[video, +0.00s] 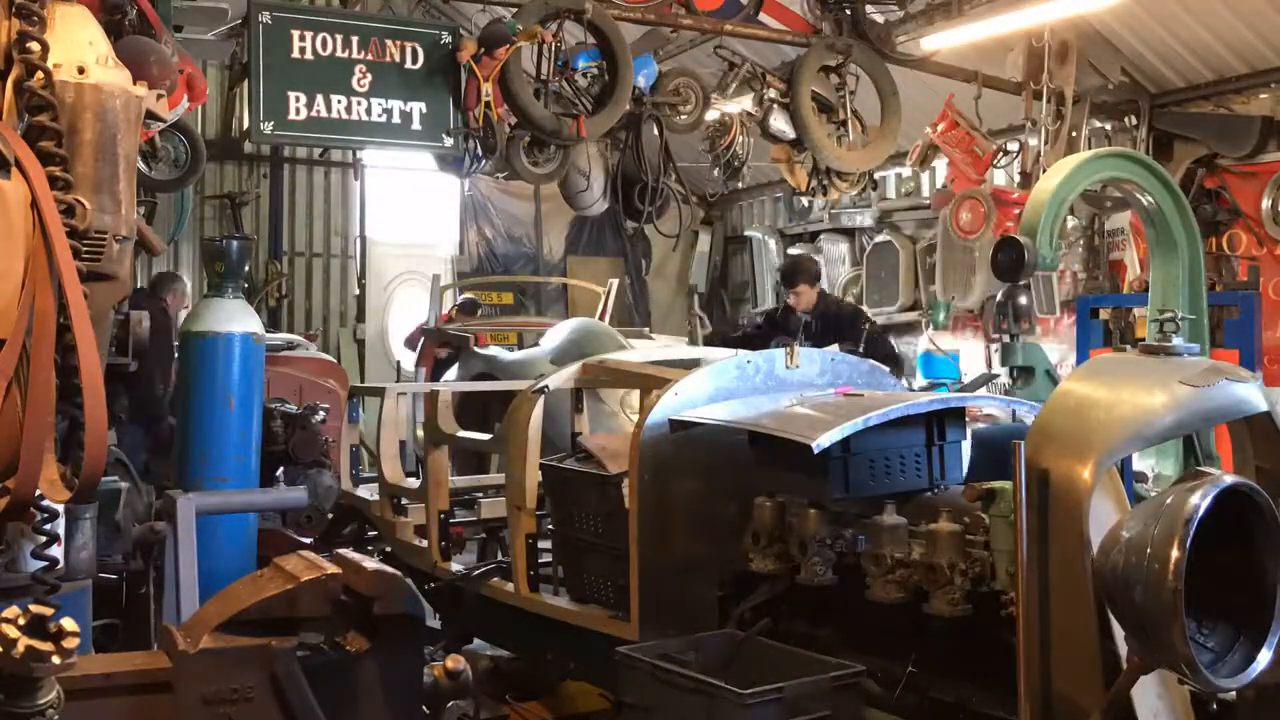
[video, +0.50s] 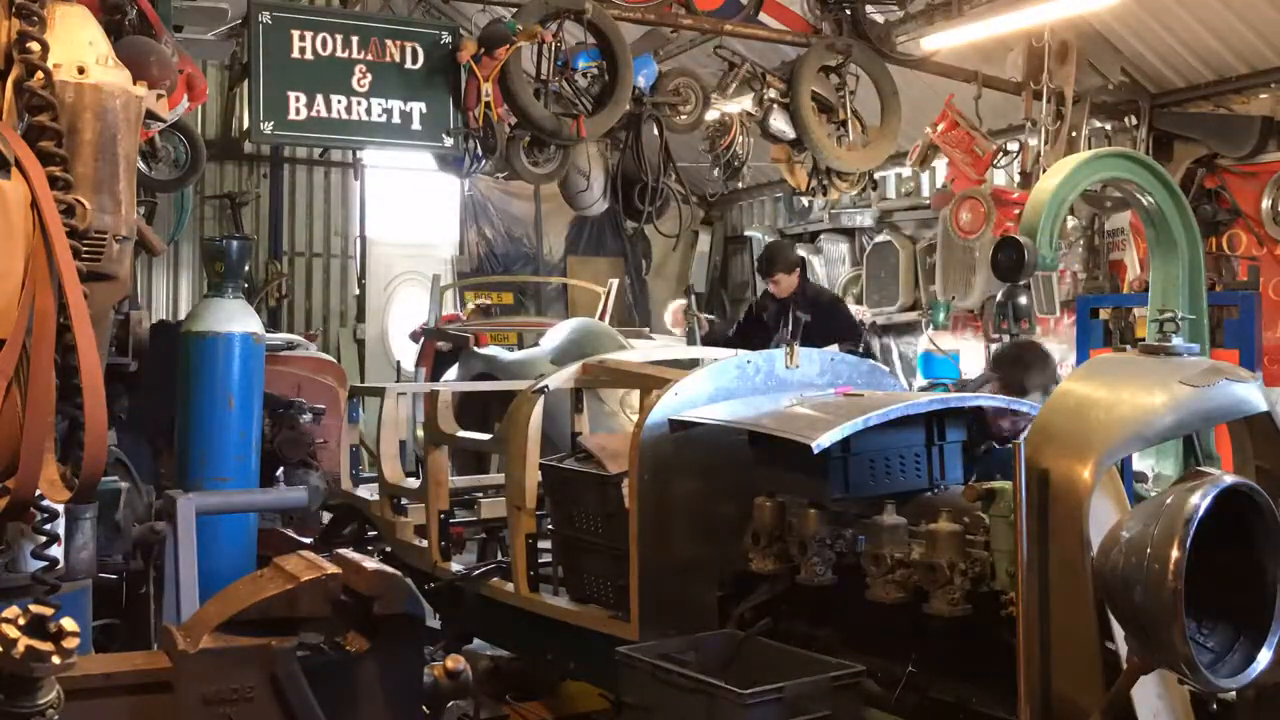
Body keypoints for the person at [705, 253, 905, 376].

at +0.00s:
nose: (789, 301)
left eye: (795, 294)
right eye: (786, 294)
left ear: (814, 287)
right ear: (783, 290)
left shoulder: (847, 315)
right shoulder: (779, 318)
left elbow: (888, 360)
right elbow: (750, 343)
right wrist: (708, 339)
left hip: (842, 399)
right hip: (790, 400)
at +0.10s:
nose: (787, 307)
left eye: (793, 301)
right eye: (783, 300)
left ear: (811, 294)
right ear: (780, 295)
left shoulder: (844, 317)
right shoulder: (774, 321)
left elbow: (890, 360)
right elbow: (737, 344)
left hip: (841, 401)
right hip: (787, 402)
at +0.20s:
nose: (781, 313)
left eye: (787, 307)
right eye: (778, 307)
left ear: (805, 297)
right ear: (773, 300)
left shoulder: (840, 319)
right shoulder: (765, 322)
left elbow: (875, 357)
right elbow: (735, 344)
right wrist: (702, 346)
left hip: (830, 400)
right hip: (778, 399)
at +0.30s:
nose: (775, 299)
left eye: (781, 293)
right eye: (771, 292)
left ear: (800, 283)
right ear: (766, 285)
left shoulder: (832, 308)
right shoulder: (762, 313)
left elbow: (861, 347)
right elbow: (732, 343)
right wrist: (689, 343)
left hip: (823, 389)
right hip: (772, 390)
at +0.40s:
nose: (776, 289)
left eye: (782, 282)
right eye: (772, 282)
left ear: (801, 273)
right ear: (767, 278)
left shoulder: (834, 304)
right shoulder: (765, 306)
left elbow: (861, 353)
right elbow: (738, 344)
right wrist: (699, 333)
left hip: (823, 389)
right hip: (774, 388)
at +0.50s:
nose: (770, 288)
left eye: (776, 282)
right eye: (767, 282)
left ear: (796, 273)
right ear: (763, 277)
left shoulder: (827, 303)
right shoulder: (764, 305)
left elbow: (857, 348)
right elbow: (737, 343)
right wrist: (703, 326)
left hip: (819, 389)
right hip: (770, 388)